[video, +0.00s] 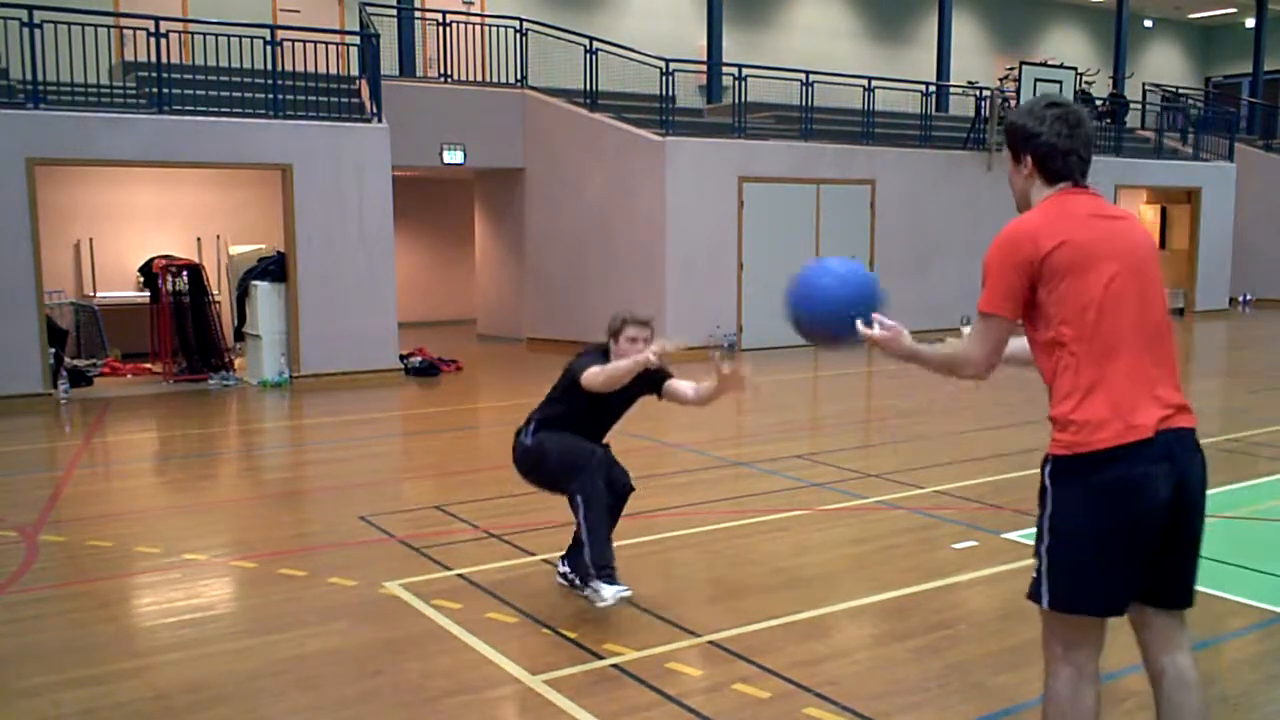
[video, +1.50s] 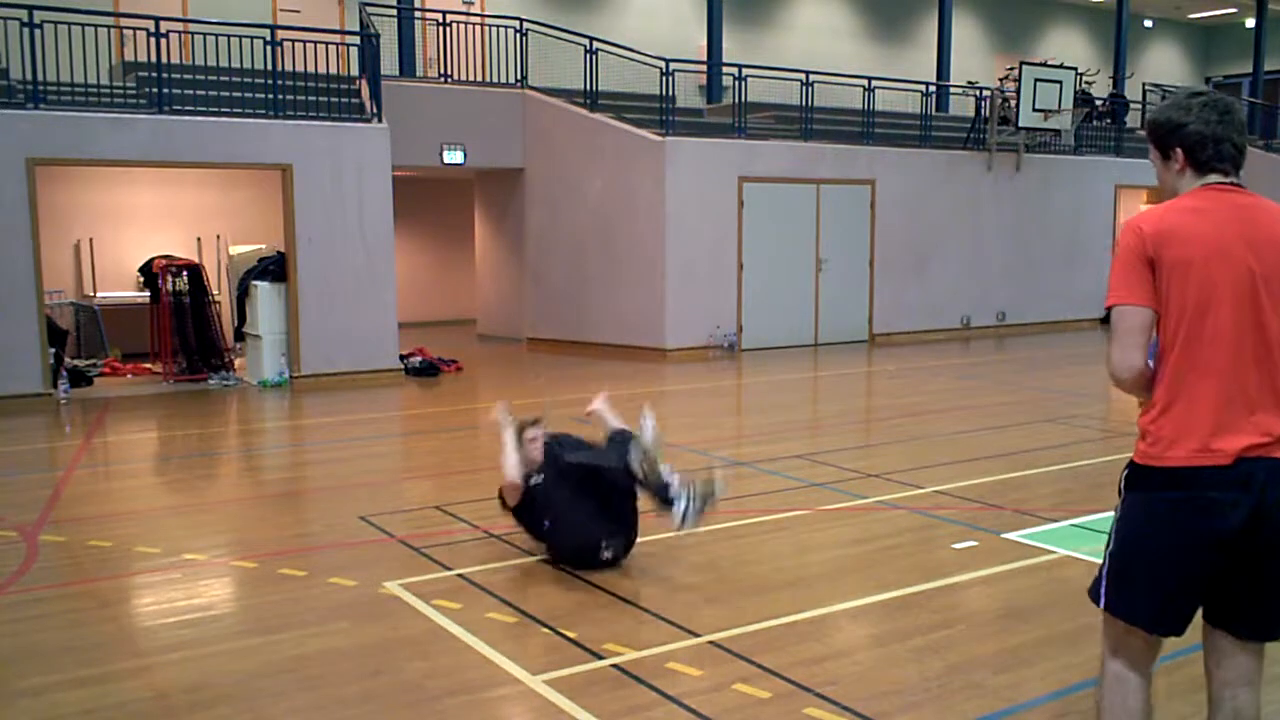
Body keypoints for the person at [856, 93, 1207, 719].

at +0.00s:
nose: (1008, 175)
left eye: (1008, 161)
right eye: (1009, 162)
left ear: (1025, 163)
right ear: (1081, 160)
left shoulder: (1025, 236)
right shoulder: (1133, 226)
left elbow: (974, 361)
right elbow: (1083, 349)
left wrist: (906, 349)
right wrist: (989, 344)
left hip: (1093, 468)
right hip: (1176, 459)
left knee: (1072, 658)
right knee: (1167, 638)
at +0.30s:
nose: (1010, 165)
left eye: (1010, 152)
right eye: (1010, 153)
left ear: (1027, 155)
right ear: (1085, 154)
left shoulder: (1028, 233)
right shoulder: (1136, 225)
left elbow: (1015, 368)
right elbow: (1135, 367)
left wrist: (949, 435)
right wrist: (1045, 421)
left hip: (1080, 469)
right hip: (1163, 462)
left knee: (1057, 648)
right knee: (1151, 627)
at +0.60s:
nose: (1044, 161)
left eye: (1046, 148)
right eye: (1045, 148)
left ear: (1066, 153)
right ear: (1122, 152)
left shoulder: (1066, 228)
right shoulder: (1172, 224)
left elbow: (1069, 362)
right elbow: (1186, 352)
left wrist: (1032, 477)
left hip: (1103, 478)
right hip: (1186, 470)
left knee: (1071, 650)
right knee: (1169, 631)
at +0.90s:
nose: (1100, 161)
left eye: (1100, 146)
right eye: (1100, 146)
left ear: (1119, 148)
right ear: (1178, 148)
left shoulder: (1114, 230)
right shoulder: (1234, 233)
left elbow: (1085, 365)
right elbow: (1231, 347)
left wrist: (1030, 357)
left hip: (1146, 480)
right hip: (1235, 475)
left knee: (1098, 653)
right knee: (1208, 640)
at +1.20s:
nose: (1128, 173)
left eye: (1129, 160)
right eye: (1127, 161)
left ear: (1150, 157)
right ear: (1206, 156)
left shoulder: (1133, 232)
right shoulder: (1268, 227)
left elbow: (1118, 371)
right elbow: (1265, 341)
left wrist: (1173, 345)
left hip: (1165, 480)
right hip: (1260, 480)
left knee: (1102, 648)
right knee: (1228, 652)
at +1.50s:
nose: (1154, 170)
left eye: (1155, 157)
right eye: (1154, 157)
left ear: (1174, 157)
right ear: (1235, 154)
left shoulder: (1150, 229)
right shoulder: (1274, 220)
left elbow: (1127, 367)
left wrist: (1170, 384)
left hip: (1175, 478)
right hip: (1267, 479)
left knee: (1127, 659)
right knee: (1239, 666)